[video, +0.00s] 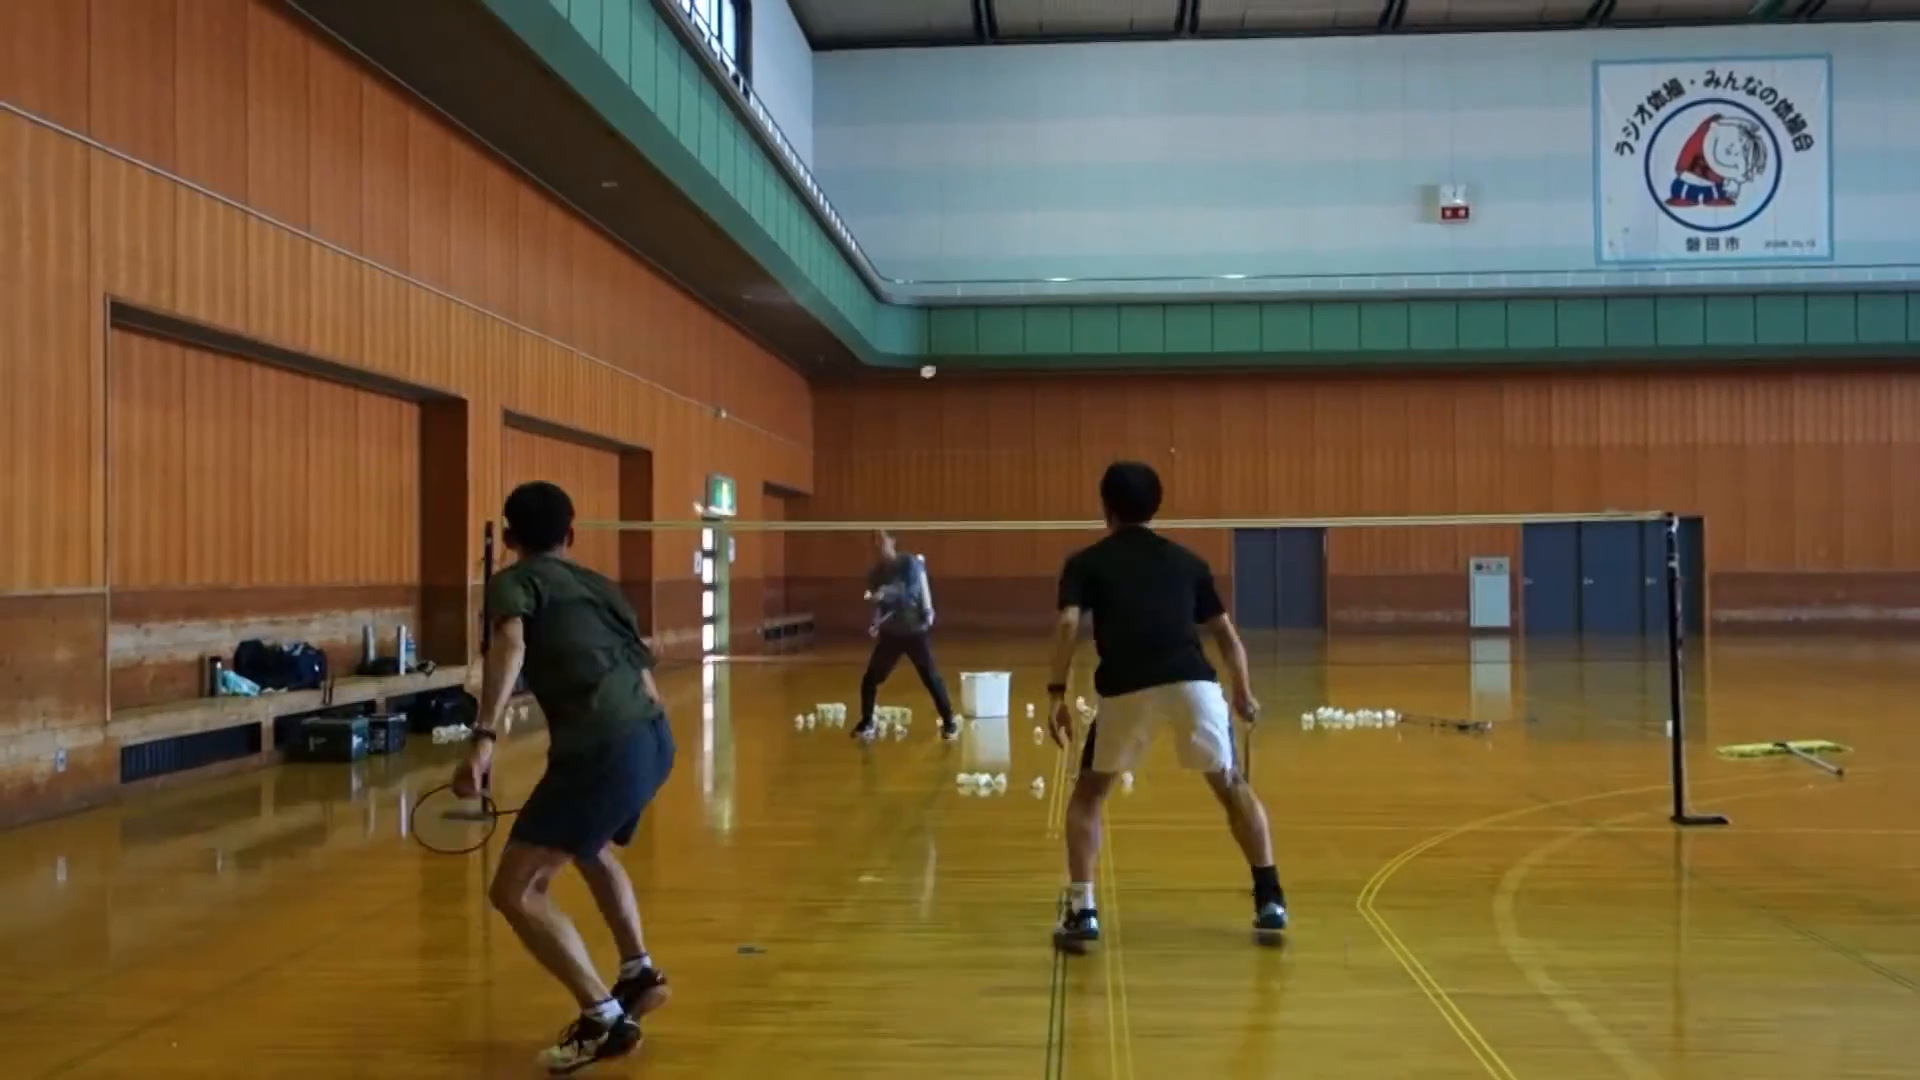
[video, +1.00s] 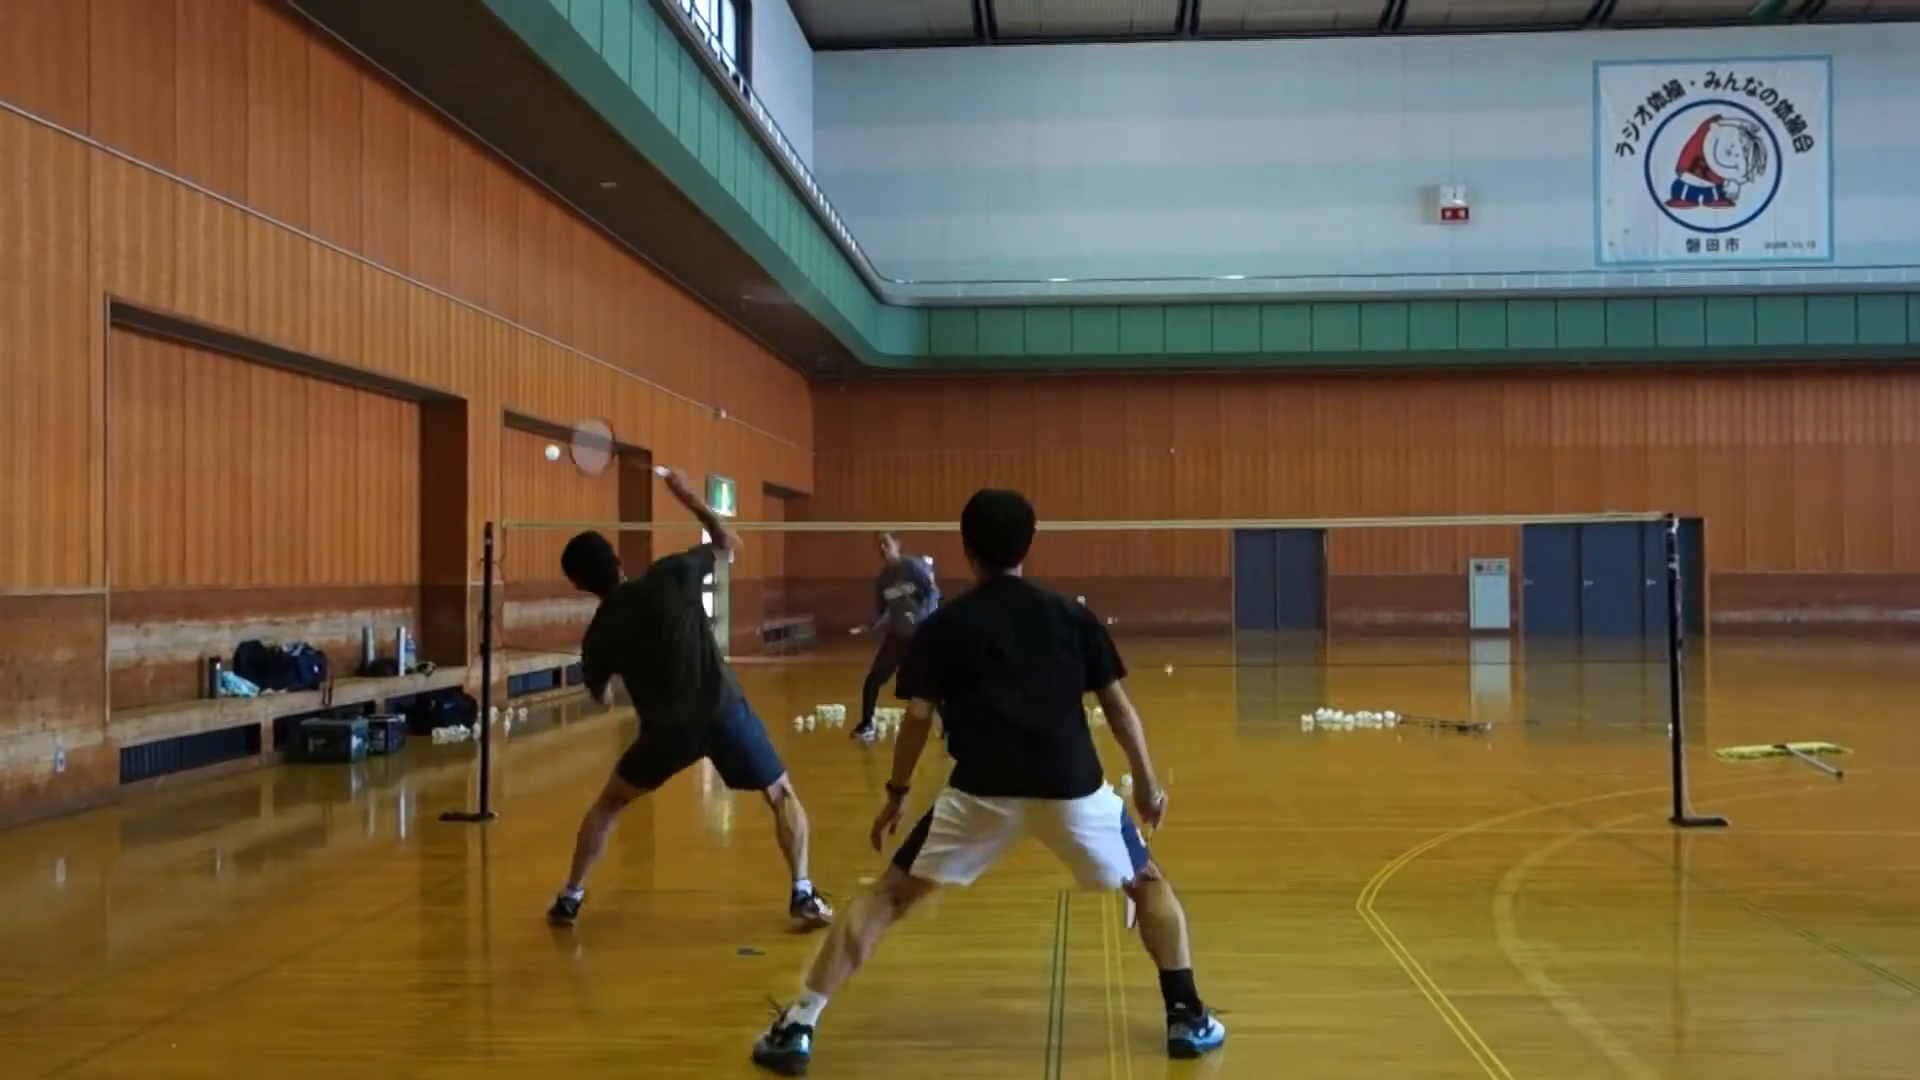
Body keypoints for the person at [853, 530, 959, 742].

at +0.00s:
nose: (881, 547)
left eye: (884, 541)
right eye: (878, 542)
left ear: (893, 542)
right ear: (874, 546)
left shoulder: (910, 563)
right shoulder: (877, 573)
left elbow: (911, 592)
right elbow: (880, 602)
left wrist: (882, 594)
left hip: (914, 630)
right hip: (890, 632)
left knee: (930, 677)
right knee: (870, 680)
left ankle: (949, 721)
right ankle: (867, 722)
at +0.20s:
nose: (878, 549)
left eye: (881, 544)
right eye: (874, 545)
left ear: (891, 544)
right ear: (873, 550)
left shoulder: (906, 564)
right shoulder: (881, 573)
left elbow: (896, 587)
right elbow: (880, 607)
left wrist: (872, 564)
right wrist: (857, 610)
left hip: (915, 633)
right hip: (893, 634)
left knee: (930, 679)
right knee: (871, 680)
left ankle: (948, 721)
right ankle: (867, 722)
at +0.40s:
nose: (886, 552)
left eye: (887, 546)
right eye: (882, 550)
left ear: (896, 546)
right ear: (879, 555)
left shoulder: (913, 561)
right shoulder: (885, 577)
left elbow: (891, 580)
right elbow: (863, 599)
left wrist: (857, 562)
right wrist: (847, 581)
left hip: (920, 633)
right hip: (897, 634)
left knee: (932, 678)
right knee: (874, 679)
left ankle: (948, 721)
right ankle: (867, 722)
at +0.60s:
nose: (889, 549)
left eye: (892, 544)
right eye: (886, 545)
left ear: (901, 544)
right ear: (884, 549)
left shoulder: (921, 565)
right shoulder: (885, 575)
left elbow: (932, 594)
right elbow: (877, 597)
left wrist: (914, 615)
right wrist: (871, 615)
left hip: (923, 635)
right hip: (897, 635)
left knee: (932, 678)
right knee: (875, 680)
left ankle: (948, 722)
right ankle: (867, 723)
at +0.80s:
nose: (887, 550)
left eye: (891, 545)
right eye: (884, 546)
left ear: (901, 545)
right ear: (882, 550)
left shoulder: (920, 566)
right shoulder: (882, 581)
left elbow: (944, 592)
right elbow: (885, 611)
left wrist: (940, 621)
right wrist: (890, 629)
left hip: (927, 636)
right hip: (901, 638)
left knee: (936, 682)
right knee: (875, 680)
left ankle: (948, 724)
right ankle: (867, 723)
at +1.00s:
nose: (884, 549)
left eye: (887, 543)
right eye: (881, 545)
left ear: (897, 544)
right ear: (878, 549)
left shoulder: (915, 567)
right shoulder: (882, 580)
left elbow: (933, 594)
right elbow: (883, 612)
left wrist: (920, 617)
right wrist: (870, 627)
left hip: (922, 636)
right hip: (897, 637)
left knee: (934, 683)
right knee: (872, 681)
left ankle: (947, 724)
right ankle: (866, 724)